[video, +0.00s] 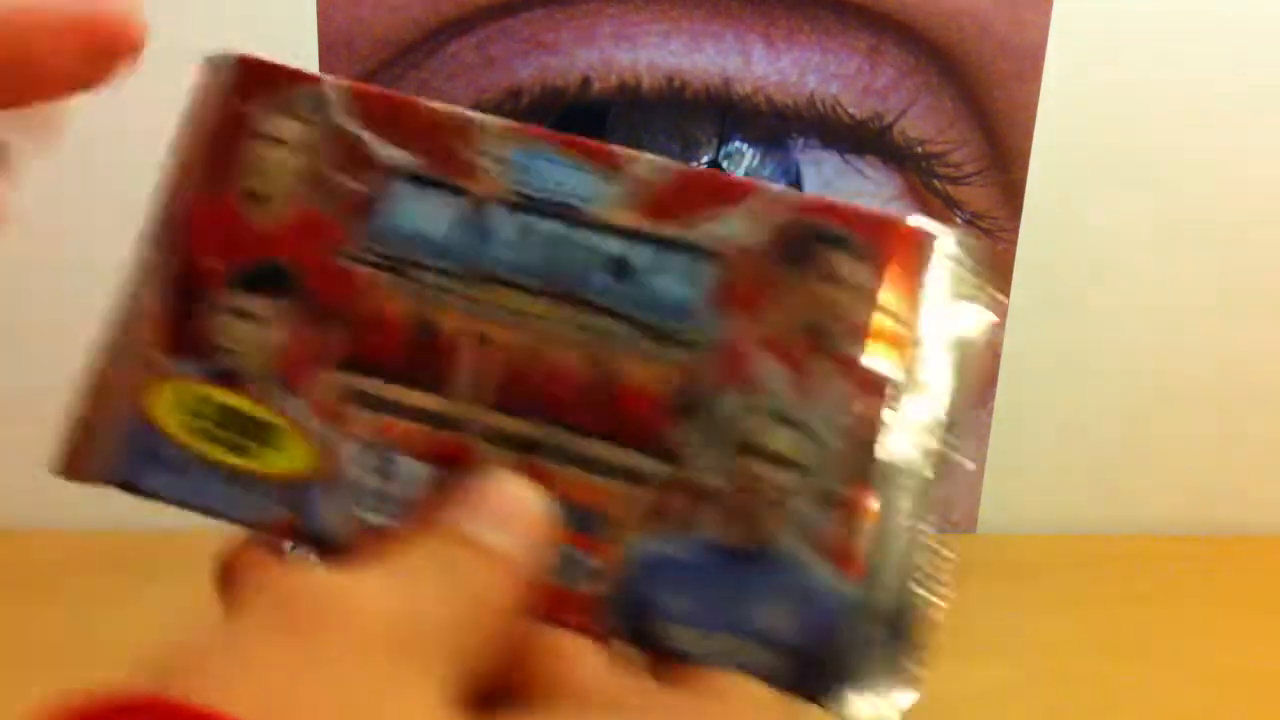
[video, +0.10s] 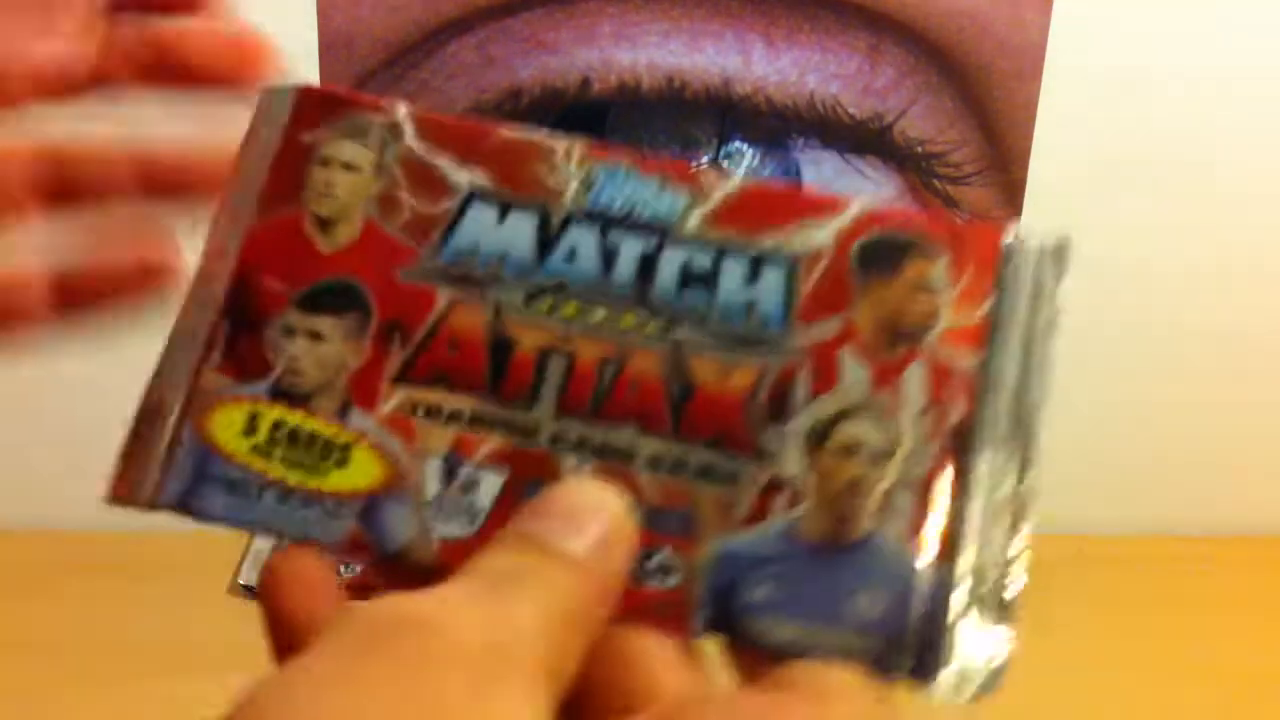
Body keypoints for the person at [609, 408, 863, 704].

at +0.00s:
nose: (764, 482)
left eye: (782, 470)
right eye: (753, 465)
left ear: (801, 493)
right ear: (730, 475)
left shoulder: (828, 603)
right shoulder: (653, 565)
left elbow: (813, 709)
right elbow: (618, 672)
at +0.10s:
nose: (859, 473)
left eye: (879, 459)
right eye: (848, 453)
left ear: (892, 474)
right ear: (815, 460)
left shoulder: (904, 582)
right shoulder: (734, 560)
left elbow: (899, 685)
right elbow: (709, 649)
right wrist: (738, 707)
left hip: (850, 714)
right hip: (755, 710)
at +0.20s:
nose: (892, 388)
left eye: (907, 373)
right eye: (877, 369)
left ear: (923, 387)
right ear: (842, 379)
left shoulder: (961, 500)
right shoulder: (774, 491)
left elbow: (974, 619)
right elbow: (749, 607)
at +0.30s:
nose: (908, 339)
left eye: (922, 323)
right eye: (891, 320)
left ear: (938, 335)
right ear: (854, 333)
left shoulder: (991, 451)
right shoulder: (793, 455)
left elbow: (1006, 578)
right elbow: (777, 576)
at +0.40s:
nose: (902, 335)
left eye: (918, 319)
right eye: (885, 315)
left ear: (934, 335)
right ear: (846, 330)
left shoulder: (978, 460)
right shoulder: (776, 454)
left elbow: (990, 594)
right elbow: (750, 581)